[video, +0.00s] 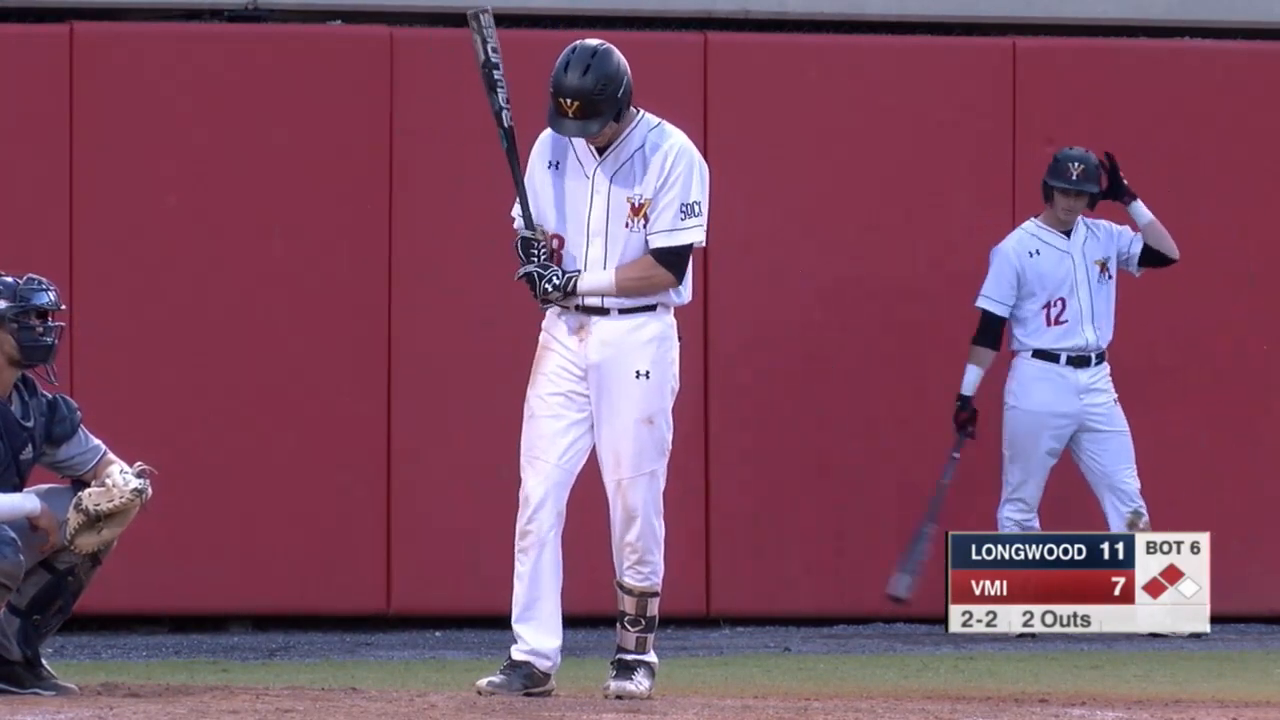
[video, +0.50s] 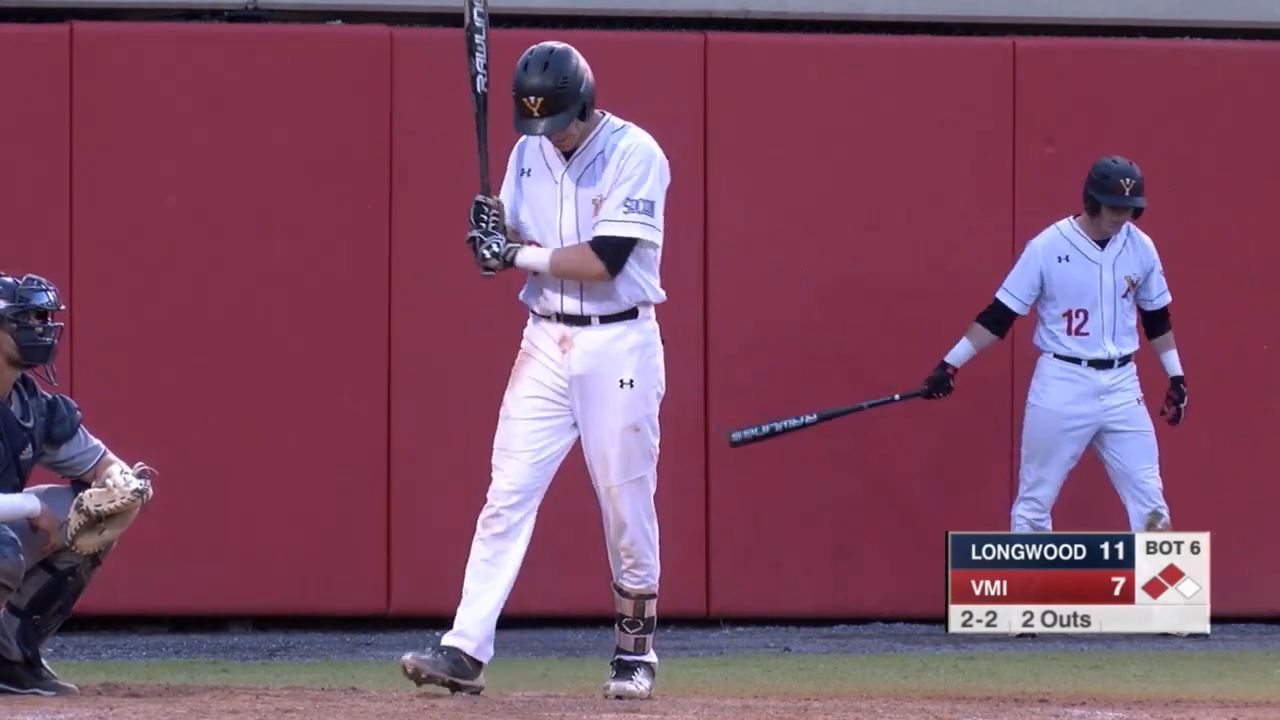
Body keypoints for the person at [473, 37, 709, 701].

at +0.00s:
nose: (581, 137)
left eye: (592, 126)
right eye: (571, 124)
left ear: (622, 106)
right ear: (560, 105)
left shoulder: (672, 153)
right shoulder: (551, 146)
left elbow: (667, 270)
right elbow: (528, 231)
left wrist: (578, 284)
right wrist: (536, 255)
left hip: (637, 341)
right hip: (562, 338)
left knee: (632, 492)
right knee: (538, 494)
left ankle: (634, 652)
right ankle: (532, 657)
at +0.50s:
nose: (545, 131)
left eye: (554, 118)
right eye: (536, 119)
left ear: (583, 102)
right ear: (527, 107)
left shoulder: (635, 152)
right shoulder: (528, 150)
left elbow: (604, 262)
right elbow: (513, 238)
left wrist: (516, 252)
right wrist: (492, 235)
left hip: (617, 346)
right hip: (544, 343)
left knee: (624, 499)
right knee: (507, 496)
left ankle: (634, 651)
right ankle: (465, 650)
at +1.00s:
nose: (430, 143)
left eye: (436, 129)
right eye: (419, 135)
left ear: (460, 104)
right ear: (410, 124)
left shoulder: (532, 137)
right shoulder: (416, 181)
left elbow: (567, 244)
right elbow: (433, 284)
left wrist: (518, 320)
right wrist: (460, 329)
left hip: (566, 340)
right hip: (487, 356)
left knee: (594, 489)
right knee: (463, 508)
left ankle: (635, 613)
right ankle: (460, 661)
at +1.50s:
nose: (480, 172)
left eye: (485, 159)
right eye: (469, 163)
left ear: (511, 137)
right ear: (459, 150)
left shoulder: (580, 169)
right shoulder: (467, 192)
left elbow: (627, 279)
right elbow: (463, 294)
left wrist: (603, 366)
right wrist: (445, 392)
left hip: (618, 353)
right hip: (539, 360)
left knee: (667, 491)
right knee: (484, 508)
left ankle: (744, 655)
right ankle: (461, 661)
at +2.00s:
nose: (591, 251)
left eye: (603, 243)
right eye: (584, 240)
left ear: (636, 225)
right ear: (575, 207)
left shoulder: (678, 257)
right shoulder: (568, 202)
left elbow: (669, 378)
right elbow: (591, 280)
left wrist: (644, 479)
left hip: (668, 379)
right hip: (587, 373)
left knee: (697, 503)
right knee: (522, 512)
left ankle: (754, 662)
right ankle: (462, 664)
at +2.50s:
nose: (524, 205)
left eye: (533, 193)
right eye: (513, 195)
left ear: (564, 170)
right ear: (499, 173)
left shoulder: (623, 210)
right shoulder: (503, 200)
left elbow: (644, 324)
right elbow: (504, 280)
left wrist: (628, 425)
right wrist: (487, 365)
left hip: (627, 375)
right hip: (543, 376)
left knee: (673, 502)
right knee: (475, 513)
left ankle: (751, 660)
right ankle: (455, 664)